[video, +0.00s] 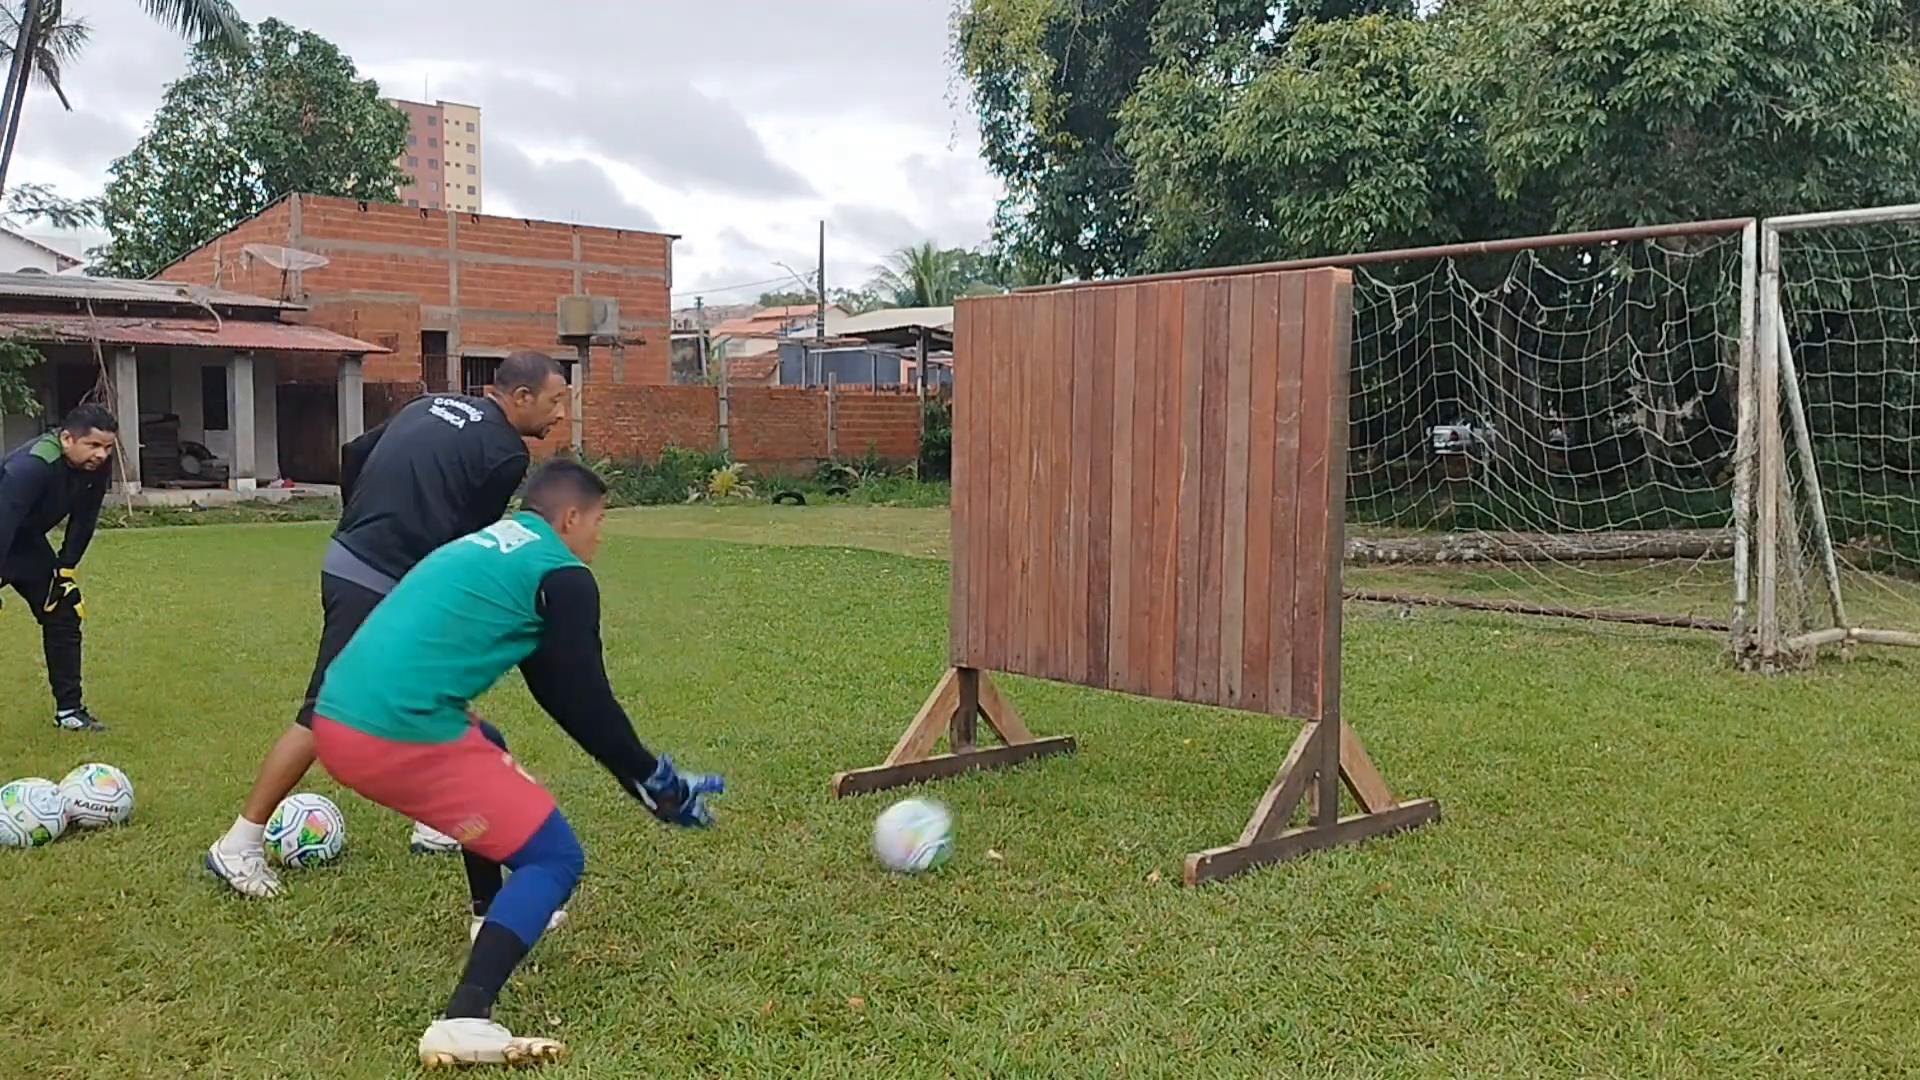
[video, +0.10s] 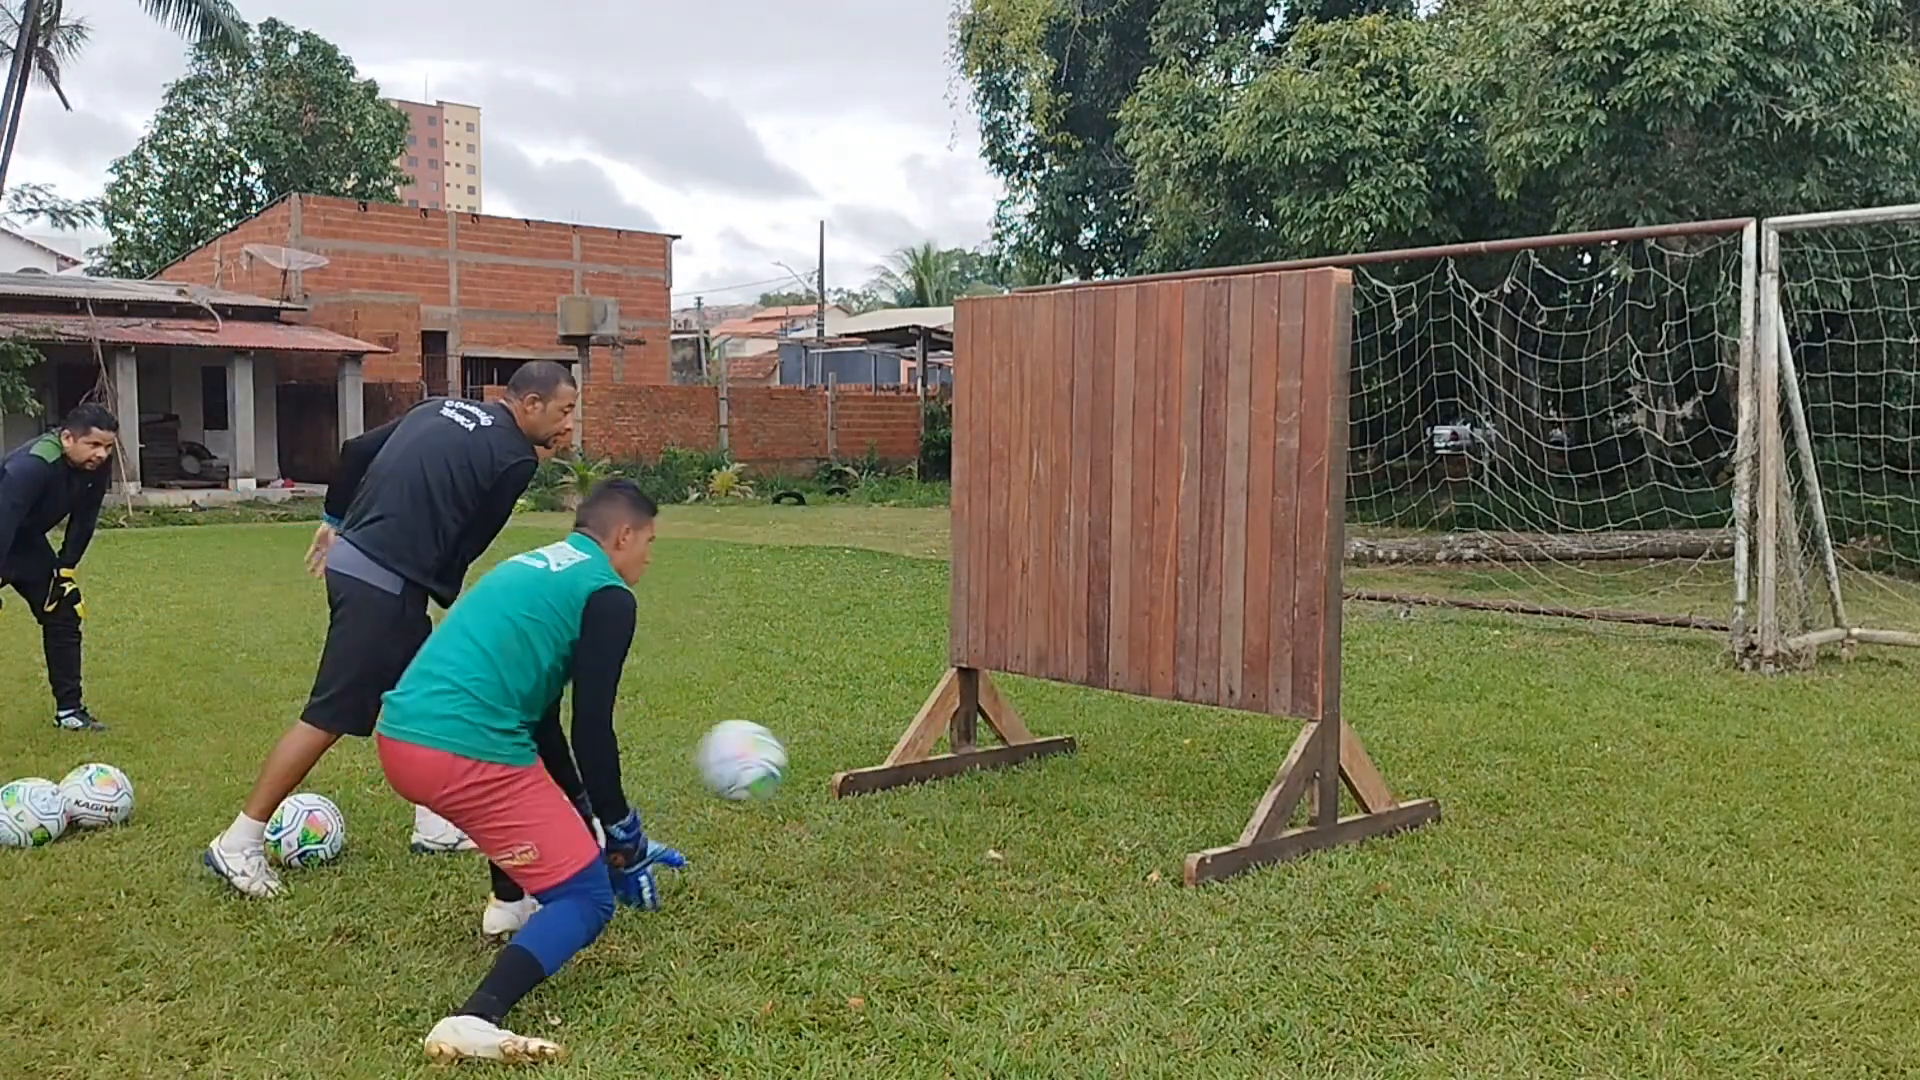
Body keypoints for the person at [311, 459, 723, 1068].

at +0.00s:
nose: (598, 538)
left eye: (600, 524)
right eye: (598, 523)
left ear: (534, 509)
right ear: (572, 517)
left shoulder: (496, 544)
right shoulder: (563, 574)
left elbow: (556, 694)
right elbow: (584, 700)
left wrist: (639, 770)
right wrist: (653, 780)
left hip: (343, 718)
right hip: (400, 737)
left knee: (485, 742)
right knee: (555, 859)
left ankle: (492, 911)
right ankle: (465, 1017)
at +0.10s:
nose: (647, 559)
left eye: (650, 545)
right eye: (648, 543)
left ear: (585, 530)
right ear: (624, 536)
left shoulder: (530, 565)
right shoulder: (608, 594)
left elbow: (540, 725)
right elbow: (592, 728)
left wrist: (584, 811)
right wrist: (623, 826)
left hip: (403, 737)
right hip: (469, 756)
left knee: (519, 773)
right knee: (587, 896)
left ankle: (510, 901)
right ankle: (476, 1018)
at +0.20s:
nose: (703, 596)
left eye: (705, 582)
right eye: (703, 581)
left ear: (639, 568)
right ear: (677, 578)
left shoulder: (583, 592)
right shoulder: (663, 633)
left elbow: (542, 695)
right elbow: (603, 740)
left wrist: (592, 771)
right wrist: (626, 808)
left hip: (441, 758)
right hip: (516, 778)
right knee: (614, 928)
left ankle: (521, 902)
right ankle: (497, 1008)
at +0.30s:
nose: (728, 636)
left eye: (730, 625)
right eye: (729, 625)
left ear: (668, 610)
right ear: (714, 625)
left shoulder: (615, 630)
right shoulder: (709, 683)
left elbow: (580, 707)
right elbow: (664, 801)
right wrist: (668, 733)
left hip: (479, 789)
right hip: (563, 816)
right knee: (647, 955)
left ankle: (520, 913)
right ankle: (527, 1006)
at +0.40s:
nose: (747, 678)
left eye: (749, 668)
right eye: (749, 667)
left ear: (693, 646)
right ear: (739, 664)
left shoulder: (647, 666)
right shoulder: (731, 706)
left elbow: (651, 804)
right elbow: (725, 824)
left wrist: (692, 774)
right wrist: (748, 764)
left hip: (497, 760)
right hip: (572, 791)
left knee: (533, 804)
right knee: (633, 954)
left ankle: (520, 909)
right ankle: (514, 997)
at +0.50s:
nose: (773, 714)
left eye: (775, 707)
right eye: (774, 707)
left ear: (719, 687)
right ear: (764, 704)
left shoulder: (678, 712)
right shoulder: (758, 739)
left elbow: (701, 838)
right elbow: (771, 862)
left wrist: (748, 795)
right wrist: (785, 789)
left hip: (538, 752)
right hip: (600, 781)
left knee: (571, 805)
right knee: (632, 949)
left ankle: (523, 892)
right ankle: (516, 1003)